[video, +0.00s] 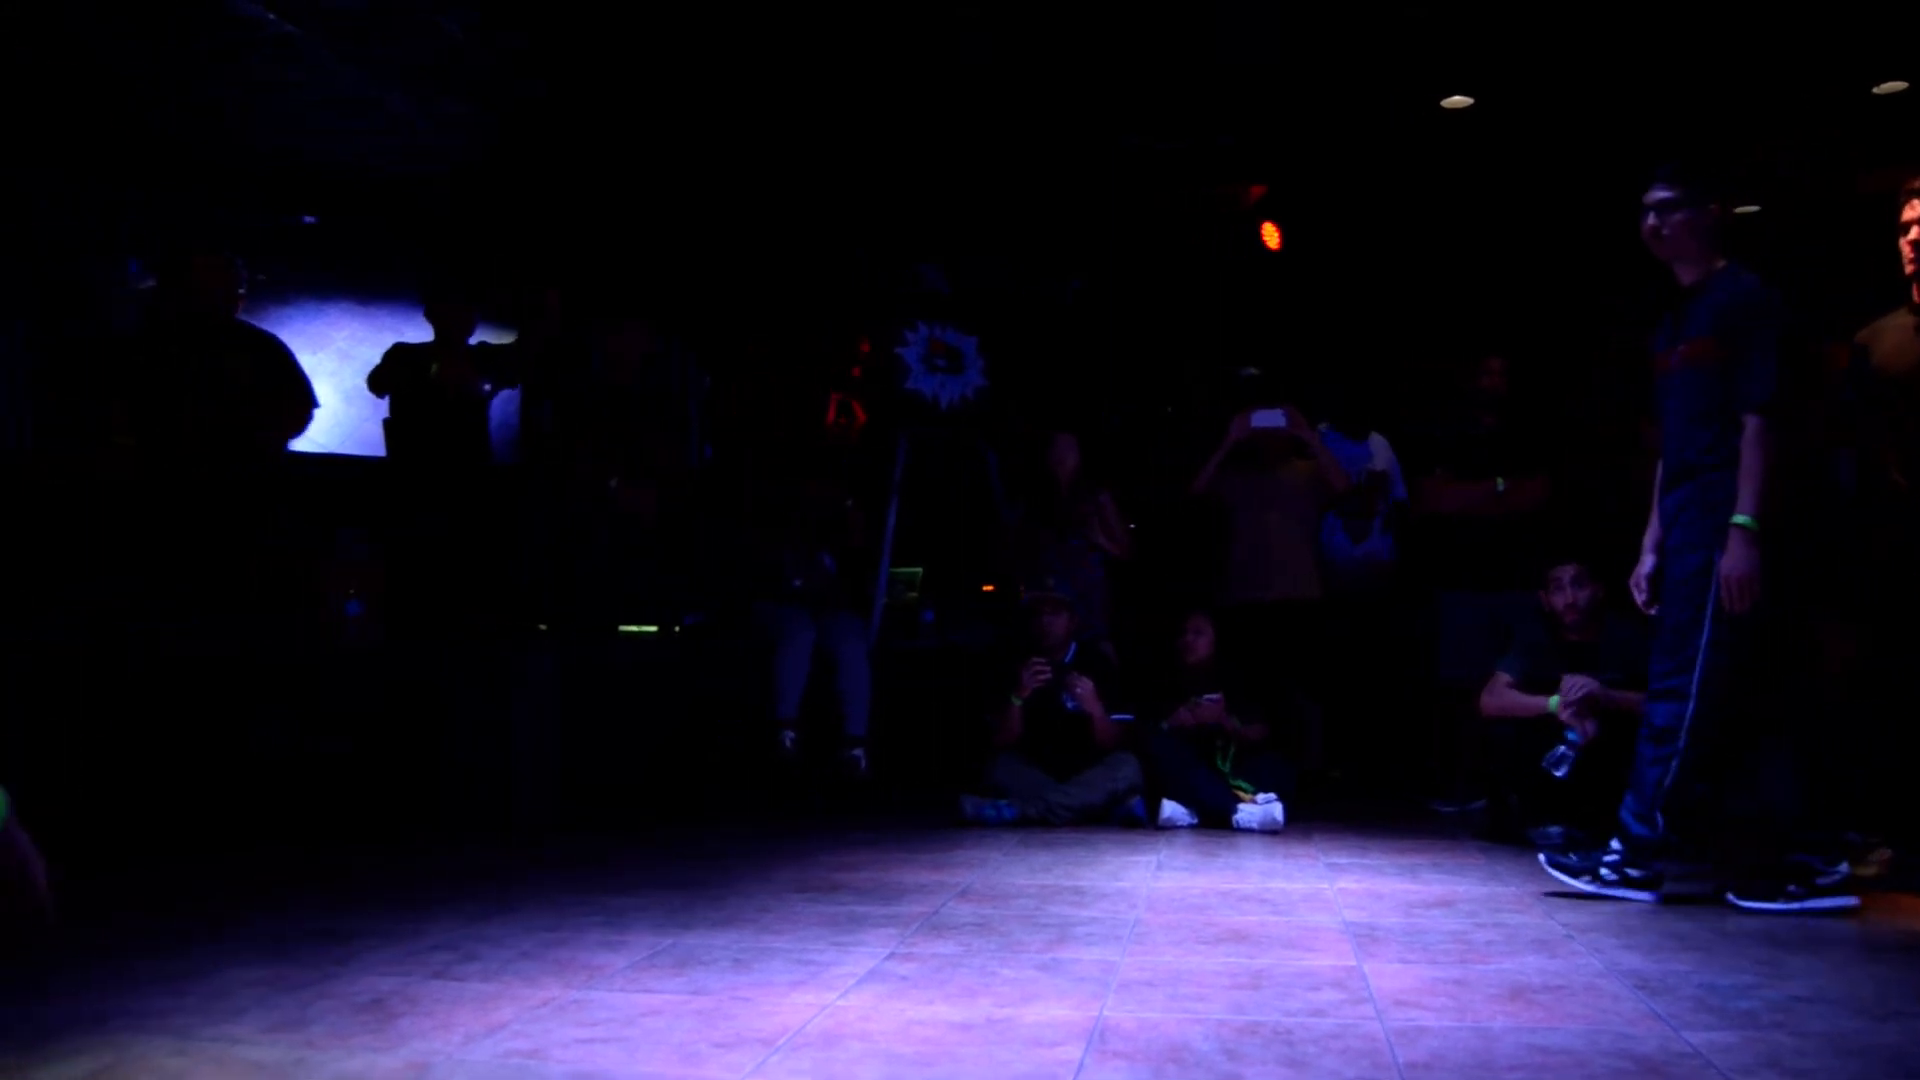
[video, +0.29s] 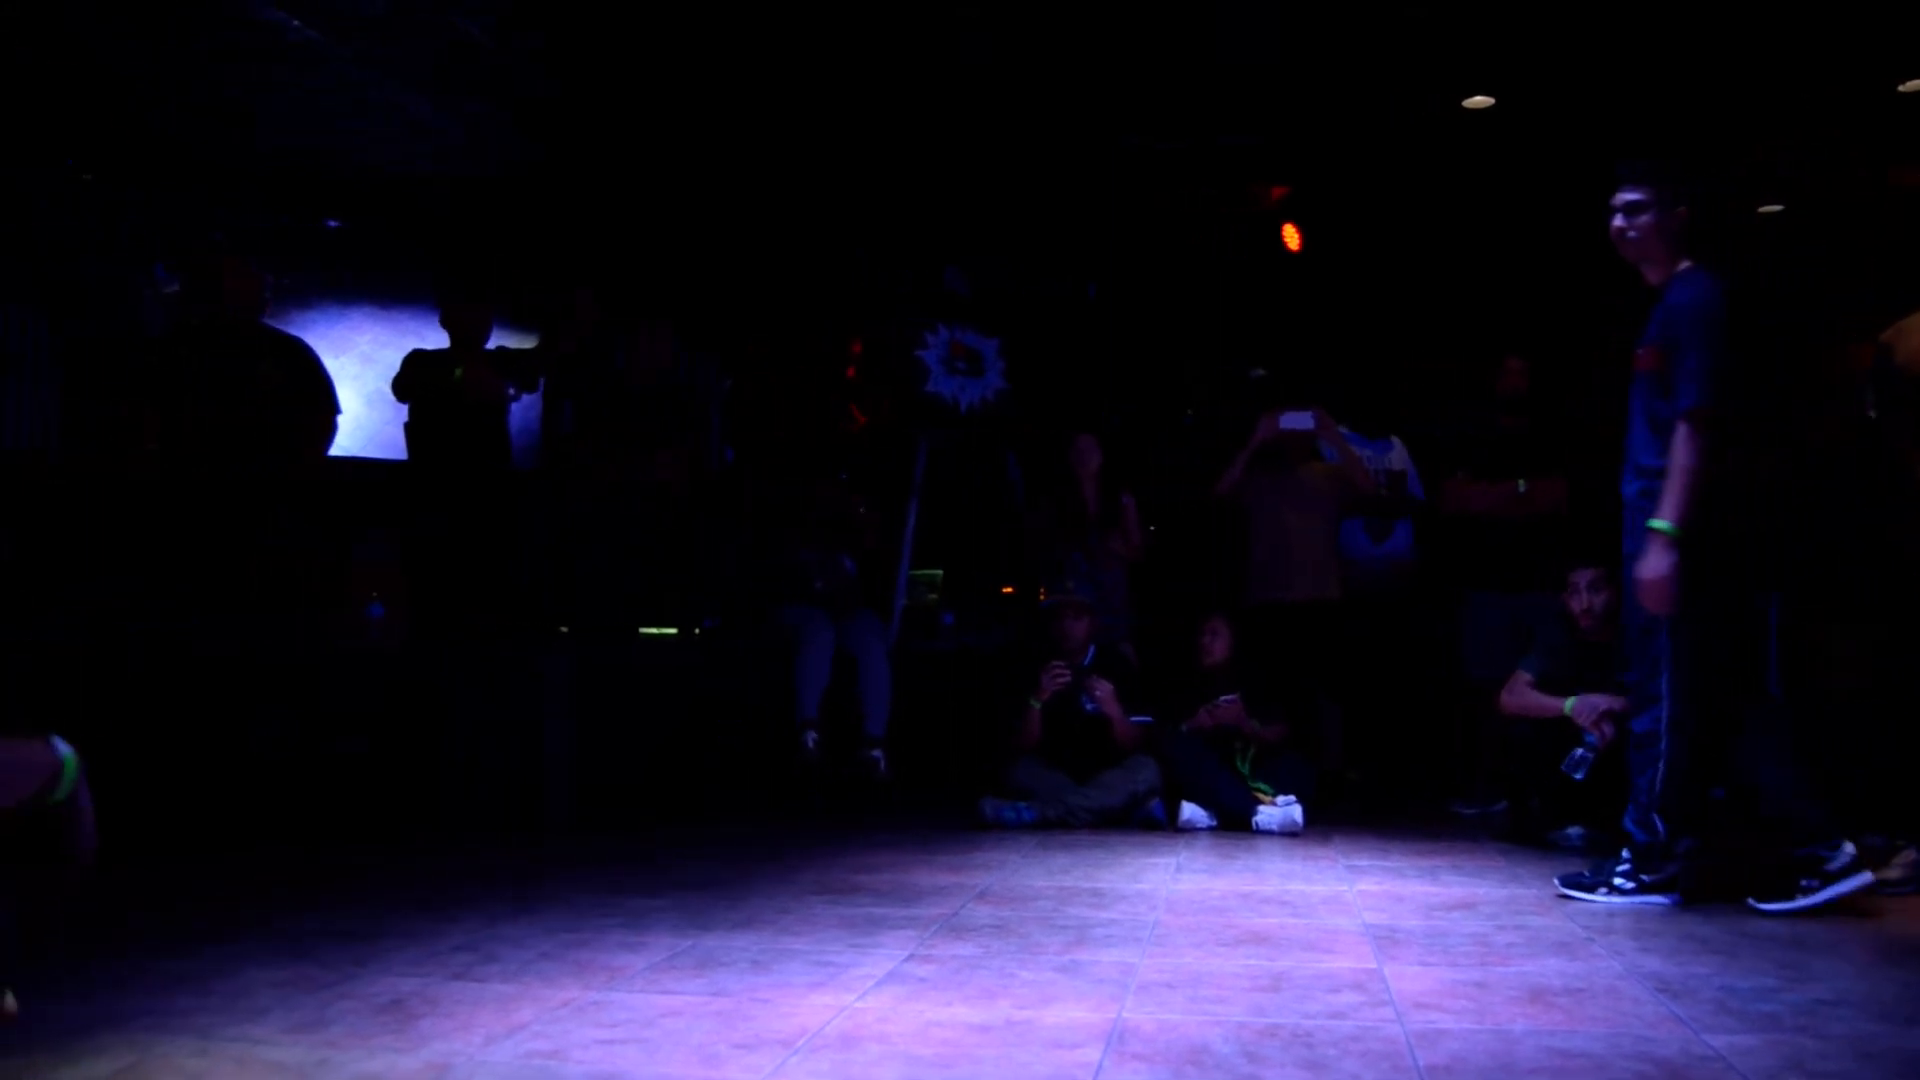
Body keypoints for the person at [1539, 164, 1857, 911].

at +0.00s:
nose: (1654, 224)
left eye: (1668, 210)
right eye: (1649, 213)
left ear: (1709, 215)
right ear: (1649, 230)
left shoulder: (1746, 301)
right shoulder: (1679, 316)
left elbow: (1756, 426)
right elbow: (1674, 449)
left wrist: (1744, 533)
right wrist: (1651, 547)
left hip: (1725, 522)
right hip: (1690, 522)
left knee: (1681, 683)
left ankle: (1644, 847)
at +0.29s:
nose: (1619, 225)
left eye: (1634, 211)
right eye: (1615, 213)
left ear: (1676, 217)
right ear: (1622, 227)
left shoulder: (1693, 300)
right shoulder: (1671, 301)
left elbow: (1693, 425)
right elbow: (1678, 426)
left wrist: (1664, 534)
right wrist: (1636, 533)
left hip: (1677, 530)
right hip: (1673, 527)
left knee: (1662, 694)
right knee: (1724, 686)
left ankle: (1652, 859)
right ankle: (1820, 847)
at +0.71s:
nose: (1561, 228)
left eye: (1576, 214)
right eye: (1559, 216)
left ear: (1618, 220)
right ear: (1587, 227)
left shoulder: (1628, 300)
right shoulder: (1617, 298)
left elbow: (1601, 424)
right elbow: (1600, 426)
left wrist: (1542, 521)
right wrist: (1562, 533)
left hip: (1622, 528)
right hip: (1609, 525)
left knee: (1617, 688)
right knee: (1599, 685)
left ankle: (1642, 856)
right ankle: (1622, 838)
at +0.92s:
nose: (1543, 230)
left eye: (1558, 219)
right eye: (1542, 219)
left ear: (1599, 227)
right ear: (1562, 232)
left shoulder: (1612, 304)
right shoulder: (1593, 304)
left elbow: (1594, 429)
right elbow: (1589, 430)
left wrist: (1544, 526)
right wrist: (1552, 526)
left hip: (1612, 526)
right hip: (1585, 525)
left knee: (1613, 684)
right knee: (1557, 675)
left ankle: (1642, 852)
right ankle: (1542, 829)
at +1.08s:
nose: (1530, 233)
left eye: (1546, 222)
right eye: (1529, 222)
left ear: (1584, 232)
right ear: (1541, 236)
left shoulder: (1601, 308)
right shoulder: (1572, 308)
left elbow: (1596, 428)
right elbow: (1571, 428)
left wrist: (1561, 530)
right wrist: (1543, 524)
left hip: (1589, 529)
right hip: (1551, 527)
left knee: (1606, 689)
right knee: (1538, 683)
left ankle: (1640, 853)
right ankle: (1521, 834)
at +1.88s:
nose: (1478, 247)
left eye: (1492, 236)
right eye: (1470, 237)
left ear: (1521, 250)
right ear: (1461, 252)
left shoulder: (1553, 329)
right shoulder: (1450, 351)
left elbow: (1576, 435)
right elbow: (1440, 456)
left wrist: (1561, 529)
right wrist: (1421, 547)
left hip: (1535, 543)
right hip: (1468, 550)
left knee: (1571, 696)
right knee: (1498, 698)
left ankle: (1627, 846)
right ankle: (1518, 840)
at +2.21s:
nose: (1461, 250)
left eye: (1475, 240)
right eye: (1453, 241)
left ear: (1505, 254)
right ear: (1444, 258)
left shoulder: (1545, 334)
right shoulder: (1430, 358)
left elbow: (1573, 437)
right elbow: (1425, 461)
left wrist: (1575, 527)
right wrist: (1417, 559)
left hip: (1537, 542)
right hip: (1464, 552)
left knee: (1576, 694)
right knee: (1492, 698)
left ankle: (1611, 842)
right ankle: (1516, 836)